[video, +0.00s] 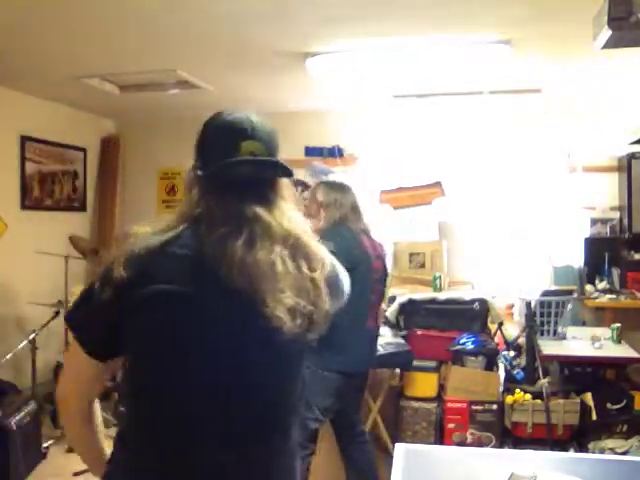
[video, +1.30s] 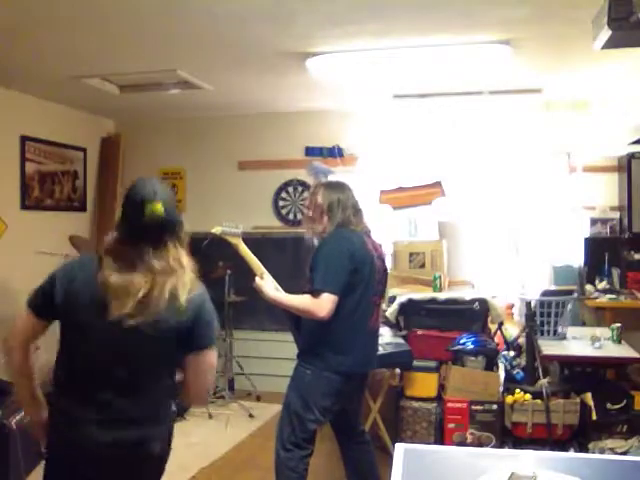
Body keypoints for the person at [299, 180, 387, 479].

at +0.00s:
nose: (310, 213)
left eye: (314, 206)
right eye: (310, 205)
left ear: (330, 207)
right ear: (350, 206)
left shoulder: (333, 242)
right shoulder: (371, 244)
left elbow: (312, 295)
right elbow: (373, 302)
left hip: (327, 354)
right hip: (359, 355)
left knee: (300, 440)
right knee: (352, 431)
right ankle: (367, 475)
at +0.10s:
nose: (310, 213)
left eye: (314, 206)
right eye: (311, 206)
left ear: (329, 208)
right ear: (350, 206)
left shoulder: (336, 242)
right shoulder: (370, 242)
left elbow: (324, 305)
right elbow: (372, 303)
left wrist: (286, 304)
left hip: (326, 358)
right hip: (358, 358)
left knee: (296, 442)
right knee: (351, 430)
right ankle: (366, 475)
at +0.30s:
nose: (307, 210)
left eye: (312, 203)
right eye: (308, 203)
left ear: (328, 207)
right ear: (349, 206)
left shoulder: (338, 240)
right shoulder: (368, 241)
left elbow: (324, 307)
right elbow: (362, 304)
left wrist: (280, 294)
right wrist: (311, 292)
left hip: (328, 361)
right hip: (358, 360)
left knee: (295, 445)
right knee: (352, 433)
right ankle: (367, 476)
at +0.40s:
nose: (308, 207)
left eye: (314, 201)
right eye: (310, 200)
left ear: (330, 207)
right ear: (349, 207)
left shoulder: (338, 240)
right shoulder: (368, 242)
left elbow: (325, 307)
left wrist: (279, 294)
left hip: (328, 361)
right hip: (358, 360)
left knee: (295, 445)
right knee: (352, 433)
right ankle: (368, 475)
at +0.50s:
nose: (308, 207)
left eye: (313, 201)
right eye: (309, 200)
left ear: (330, 207)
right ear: (349, 207)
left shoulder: (338, 241)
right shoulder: (367, 242)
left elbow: (326, 307)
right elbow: (361, 305)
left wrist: (280, 295)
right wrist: (310, 297)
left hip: (327, 362)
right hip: (358, 361)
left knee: (296, 445)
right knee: (352, 433)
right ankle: (368, 476)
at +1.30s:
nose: (308, 213)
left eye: (312, 206)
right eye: (309, 206)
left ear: (327, 210)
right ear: (349, 208)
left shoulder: (337, 243)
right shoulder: (365, 243)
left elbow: (322, 308)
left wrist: (275, 295)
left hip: (325, 363)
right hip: (355, 362)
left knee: (292, 446)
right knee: (351, 433)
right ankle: (368, 476)